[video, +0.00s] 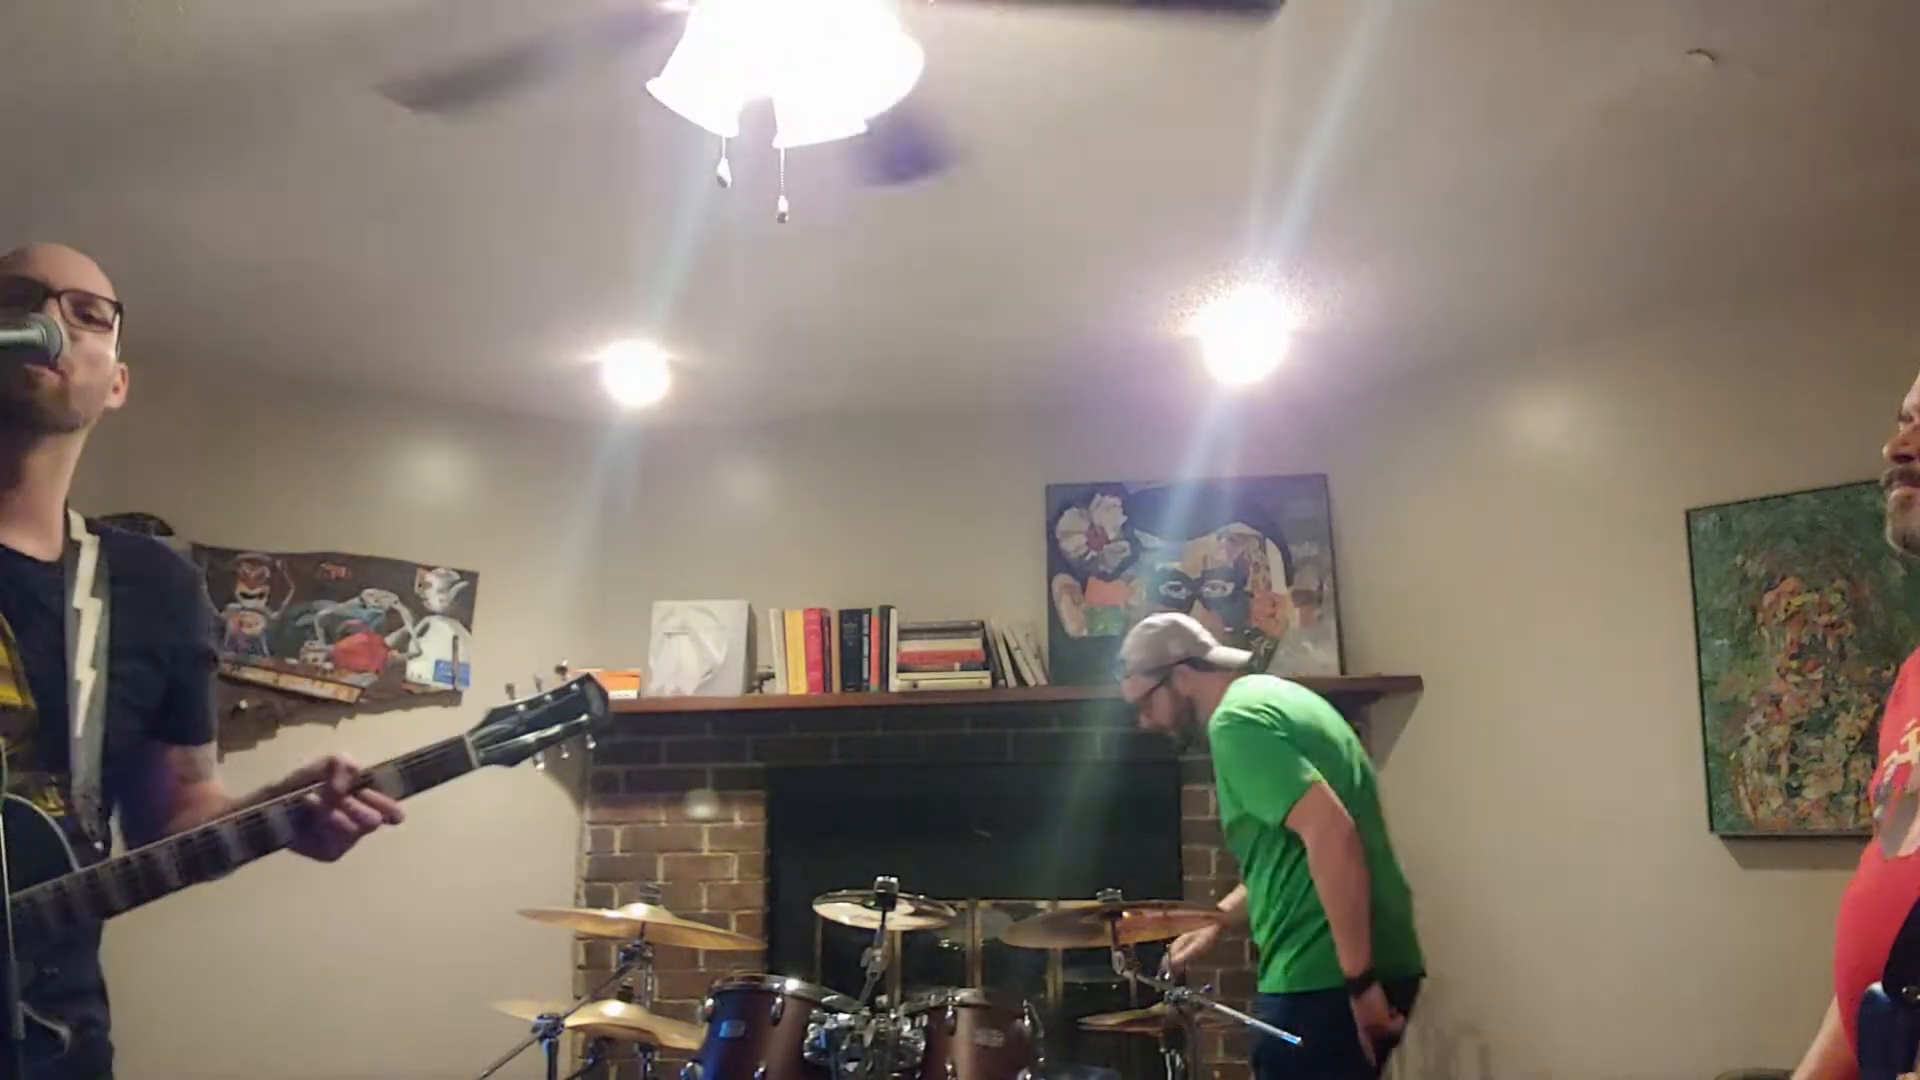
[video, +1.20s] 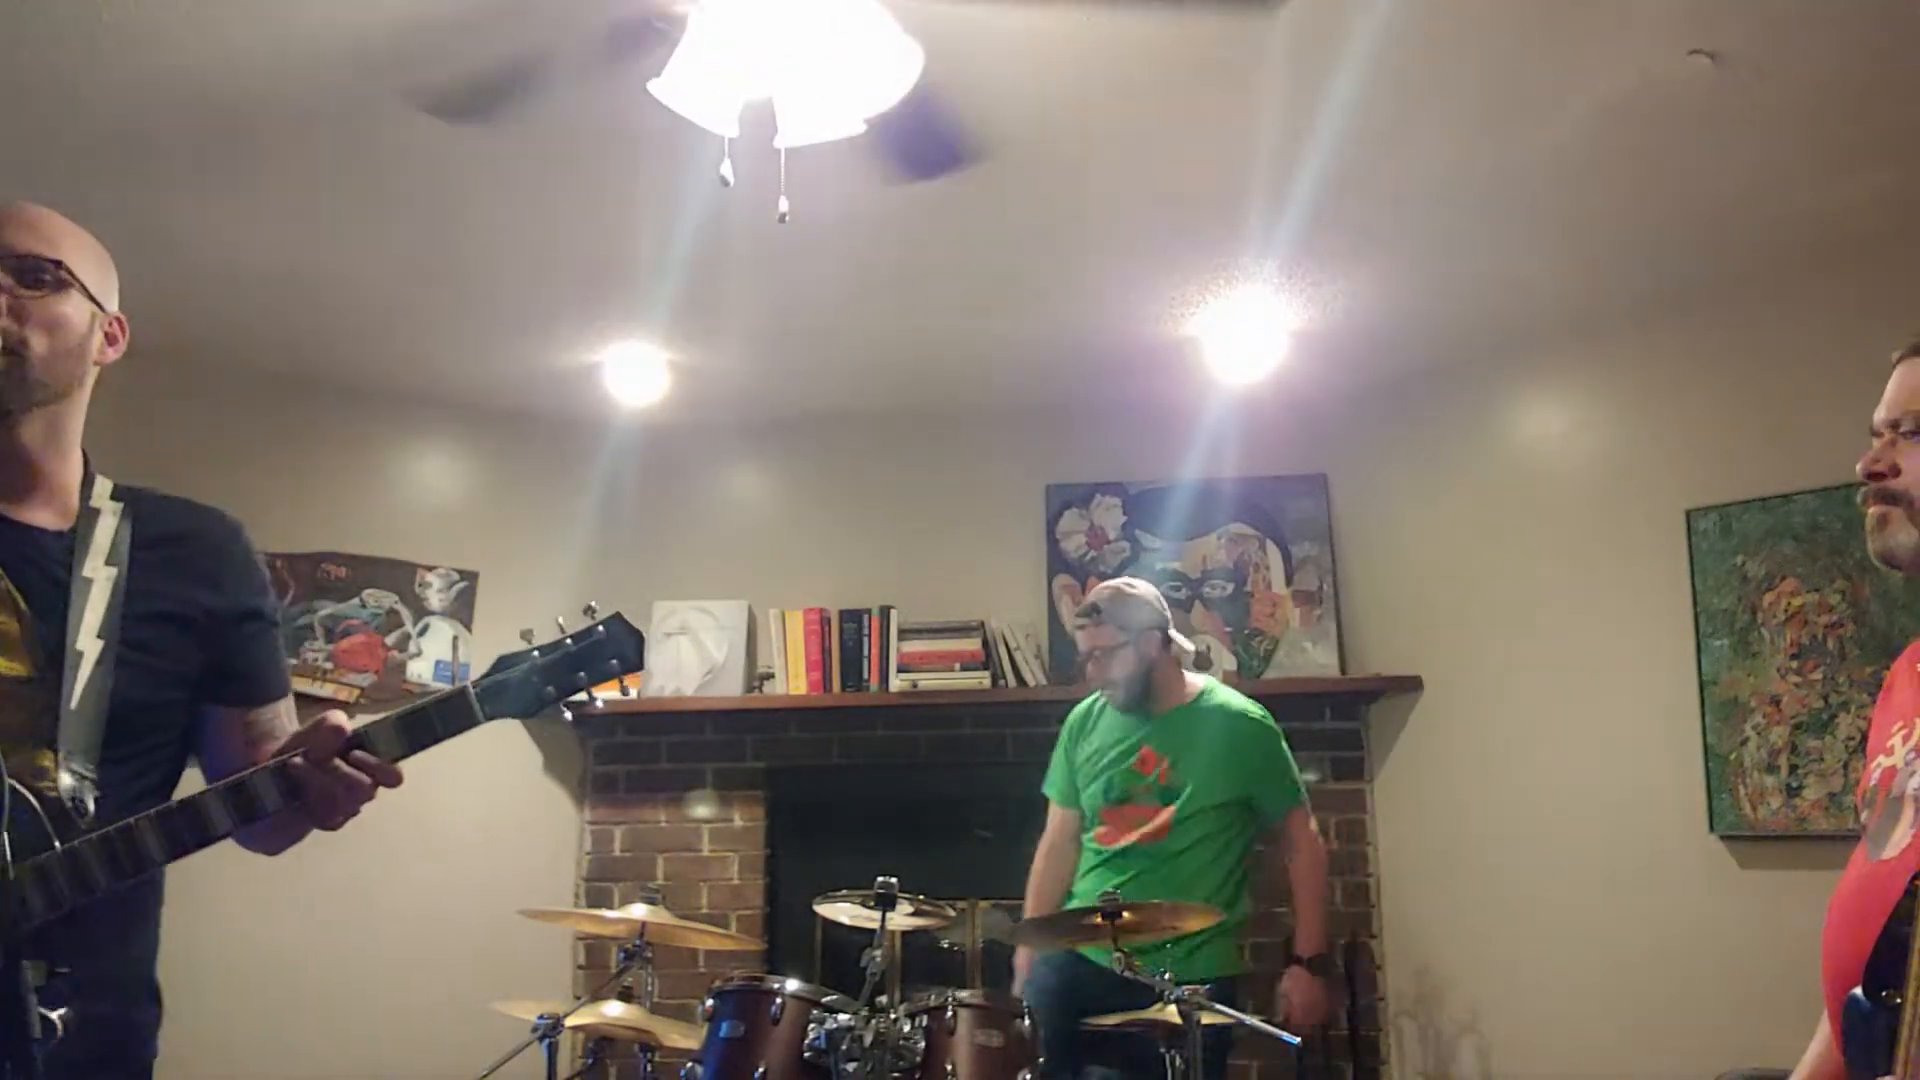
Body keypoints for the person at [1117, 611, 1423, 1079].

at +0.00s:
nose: (1145, 723)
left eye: (1145, 704)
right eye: (1138, 710)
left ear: (1181, 677)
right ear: (1185, 675)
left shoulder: (1236, 722)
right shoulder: (1282, 698)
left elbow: (1330, 830)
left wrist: (1361, 981)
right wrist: (1217, 919)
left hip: (1319, 990)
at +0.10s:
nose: (1130, 728)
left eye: (1127, 709)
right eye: (1121, 717)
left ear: (1164, 681)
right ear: (1168, 680)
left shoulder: (1230, 718)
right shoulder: (1247, 706)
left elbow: (1337, 818)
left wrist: (1369, 962)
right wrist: (1168, 944)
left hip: (1309, 989)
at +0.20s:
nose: (1120, 736)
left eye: (1117, 718)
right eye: (1111, 725)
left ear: (1153, 686)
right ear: (1156, 688)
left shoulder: (1235, 718)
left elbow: (1349, 807)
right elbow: (1187, 881)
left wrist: (1381, 949)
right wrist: (1125, 963)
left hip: (1306, 983)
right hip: (1264, 984)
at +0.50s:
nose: (1086, 734)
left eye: (1086, 716)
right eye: (1077, 723)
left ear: (1125, 687)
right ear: (1125, 689)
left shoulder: (1241, 716)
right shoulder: (1126, 764)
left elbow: (1349, 803)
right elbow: (1111, 893)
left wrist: (1384, 931)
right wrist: (1069, 1005)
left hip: (1280, 976)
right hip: (1197, 980)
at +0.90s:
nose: (1077, 716)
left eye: (1082, 699)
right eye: (1069, 703)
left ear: (1126, 676)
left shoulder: (1241, 719)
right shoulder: (1099, 753)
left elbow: (1326, 816)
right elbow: (1087, 879)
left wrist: (1339, 942)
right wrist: (1057, 1001)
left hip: (1242, 977)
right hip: (1135, 970)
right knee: (1082, 1072)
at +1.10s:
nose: (1088, 685)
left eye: (1095, 669)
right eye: (1081, 672)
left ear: (1142, 650)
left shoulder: (1244, 719)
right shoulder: (1093, 729)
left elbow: (1319, 825)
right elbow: (1076, 855)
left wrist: (1329, 952)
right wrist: (1050, 966)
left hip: (1207, 973)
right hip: (1106, 960)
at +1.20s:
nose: (1093, 671)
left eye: (1106, 654)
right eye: (1086, 657)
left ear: (1157, 642)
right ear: (1082, 652)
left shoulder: (1242, 725)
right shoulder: (1084, 721)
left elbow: (1303, 841)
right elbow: (1059, 839)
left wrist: (1308, 962)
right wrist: (1031, 940)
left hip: (1192, 974)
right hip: (1088, 961)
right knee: (1046, 982)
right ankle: (1060, 1075)